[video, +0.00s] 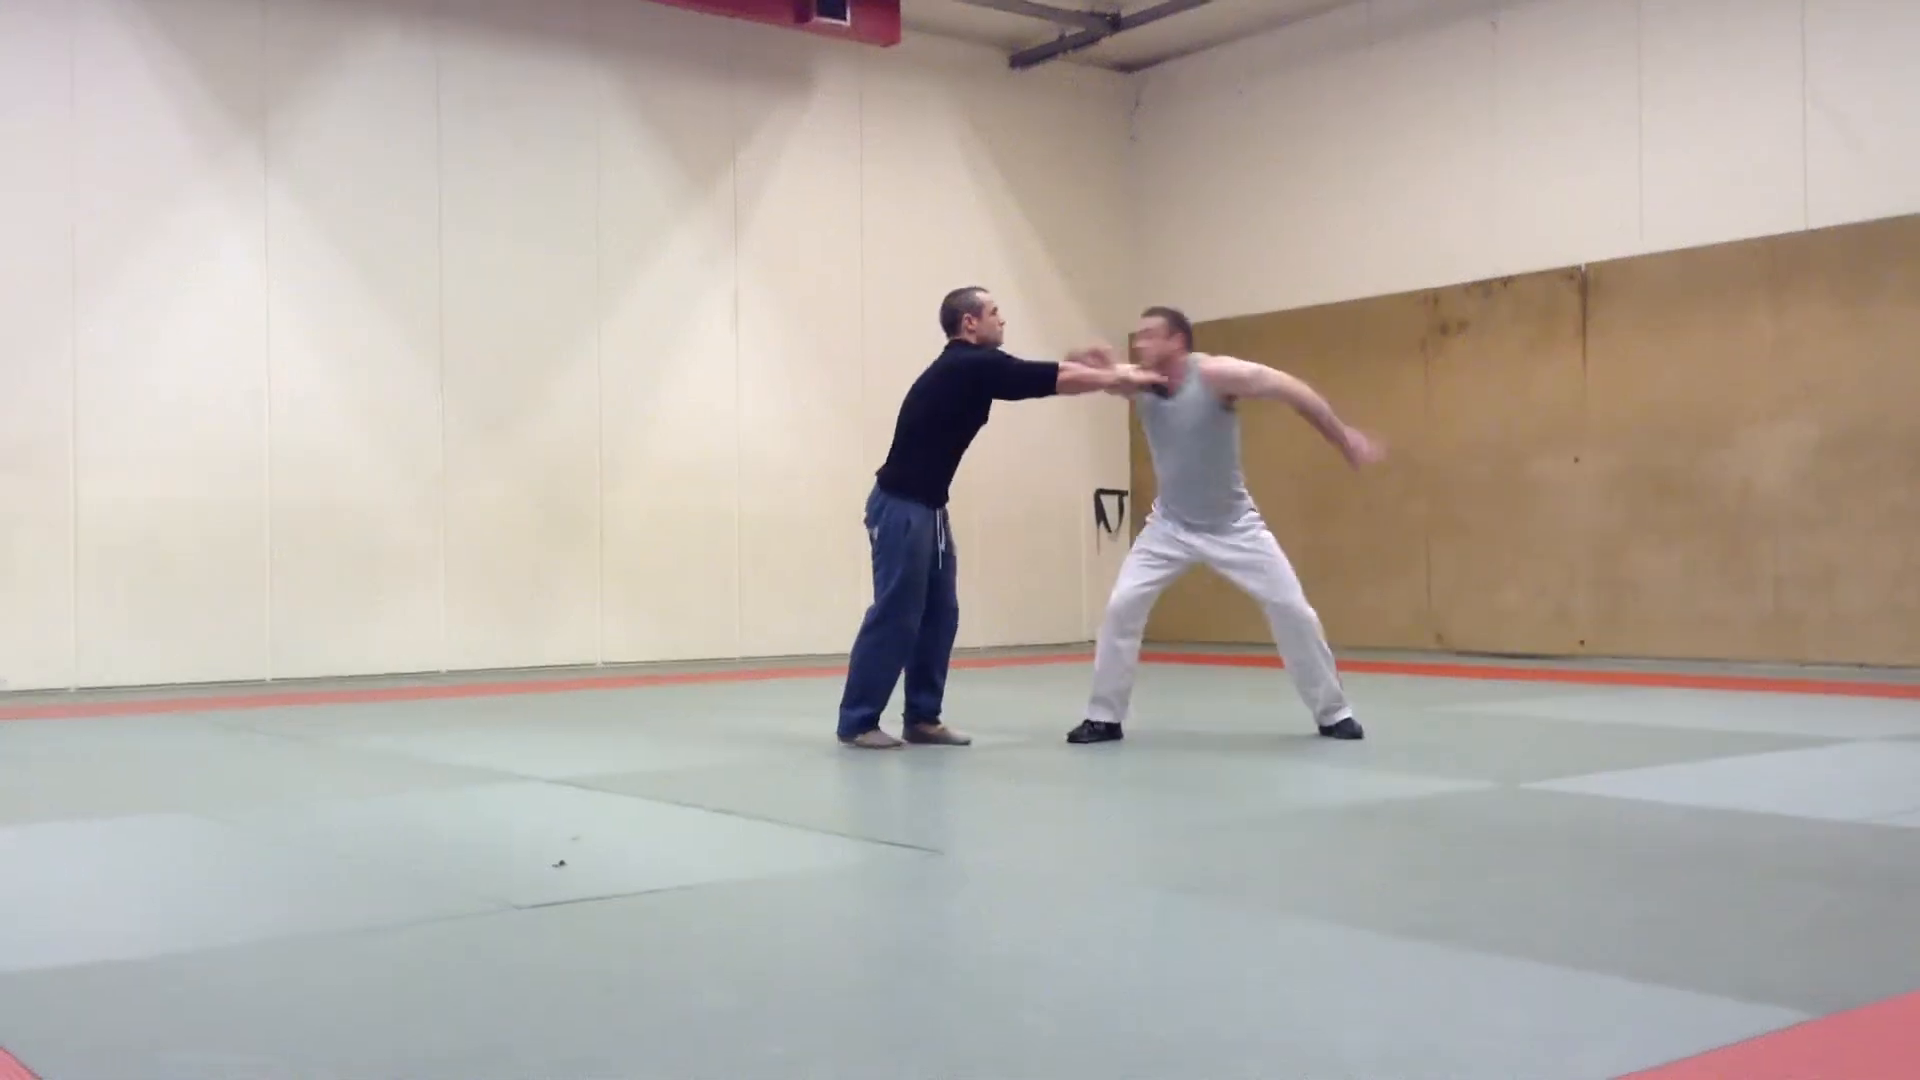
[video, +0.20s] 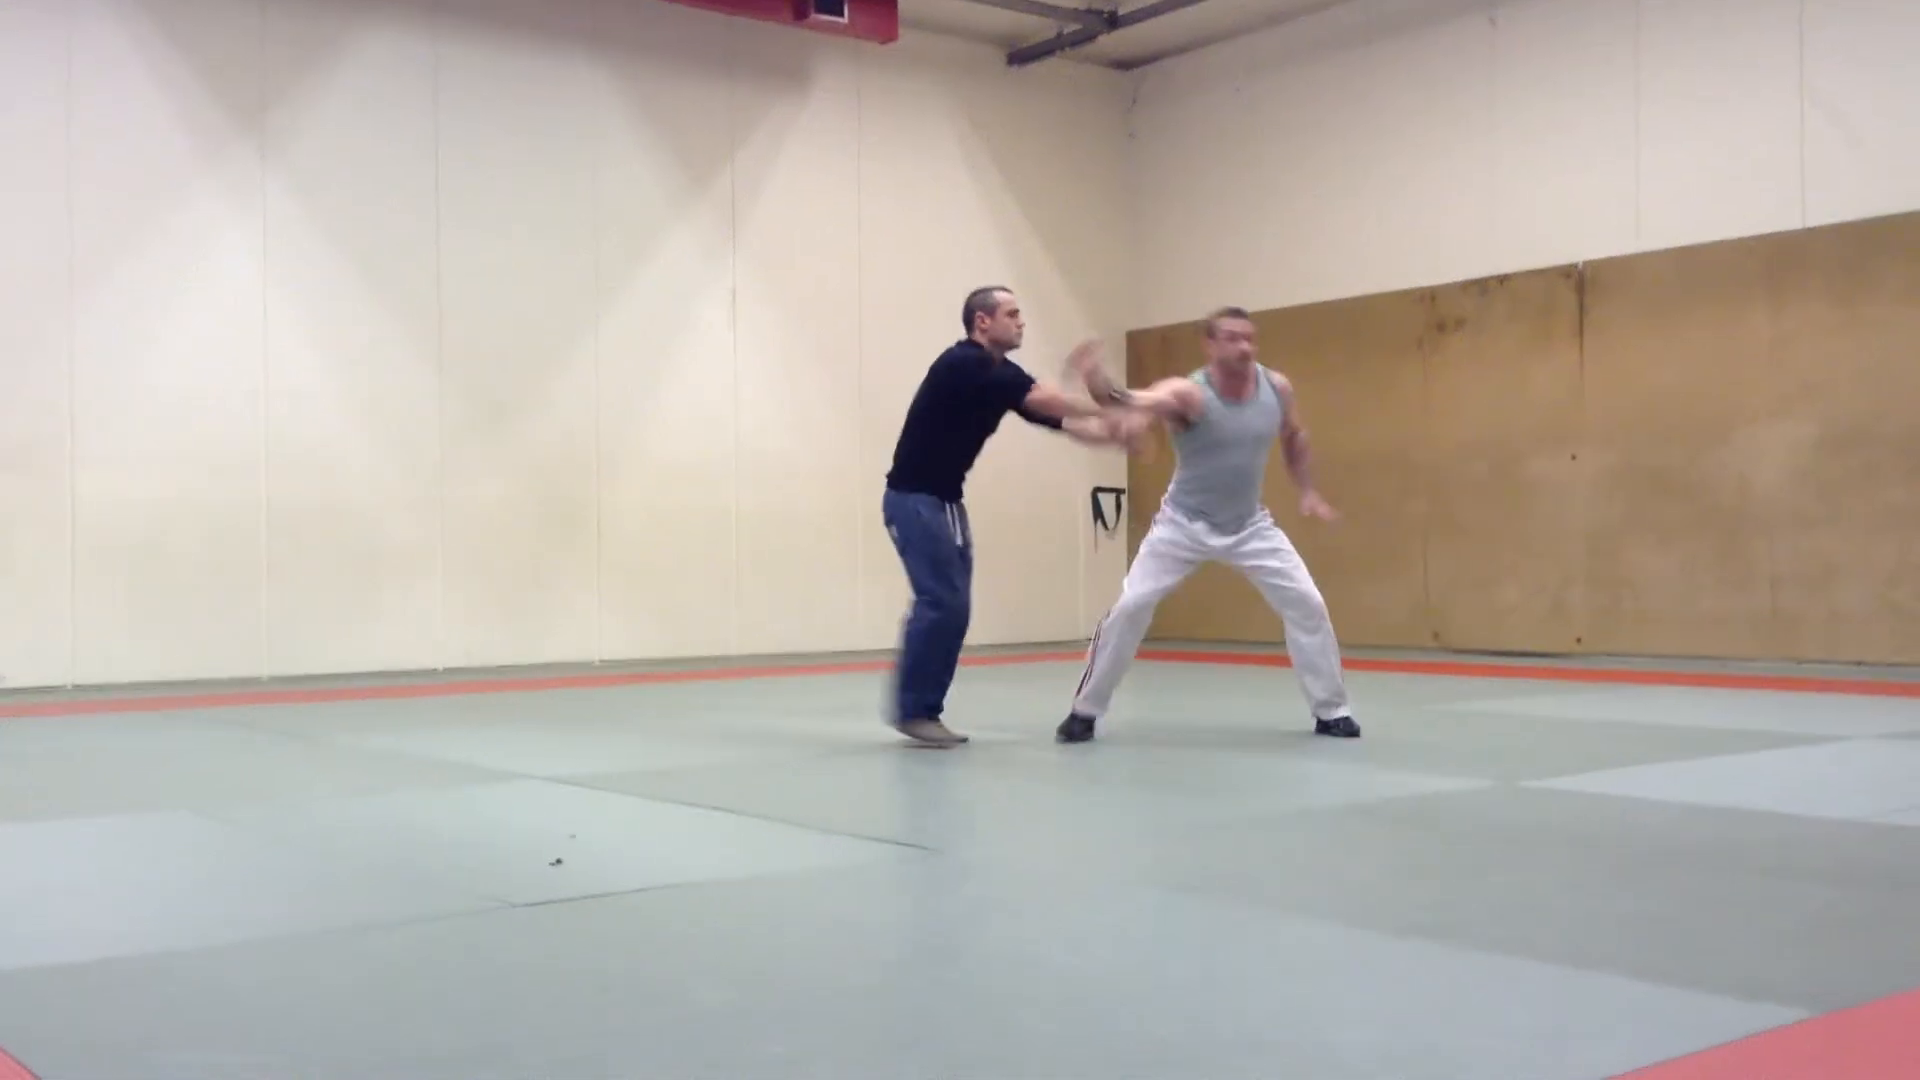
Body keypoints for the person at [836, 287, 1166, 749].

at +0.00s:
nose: (1002, 319)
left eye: (998, 312)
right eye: (993, 313)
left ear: (967, 325)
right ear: (969, 324)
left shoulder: (973, 364)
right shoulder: (969, 365)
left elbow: (1038, 377)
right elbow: (1050, 380)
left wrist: (1085, 367)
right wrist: (1123, 377)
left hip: (929, 510)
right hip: (902, 509)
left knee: (939, 616)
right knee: (897, 614)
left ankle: (921, 721)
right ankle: (856, 723)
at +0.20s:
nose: (1021, 321)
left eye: (1020, 314)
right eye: (1012, 315)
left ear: (991, 323)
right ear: (982, 322)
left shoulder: (996, 372)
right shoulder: (970, 362)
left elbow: (1055, 420)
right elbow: (1051, 402)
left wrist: (1116, 429)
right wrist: (1129, 406)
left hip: (944, 502)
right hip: (916, 501)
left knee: (952, 606)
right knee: (941, 602)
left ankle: (922, 711)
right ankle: (913, 712)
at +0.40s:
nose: (1035, 340)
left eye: (1035, 333)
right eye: (1027, 333)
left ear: (1012, 338)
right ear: (996, 338)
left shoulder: (1029, 397)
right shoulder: (954, 387)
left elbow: (1053, 450)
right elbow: (968, 452)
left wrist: (1057, 488)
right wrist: (1015, 487)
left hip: (978, 519)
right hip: (943, 518)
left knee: (981, 619)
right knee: (986, 616)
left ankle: (924, 715)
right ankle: (987, 733)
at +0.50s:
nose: (1047, 346)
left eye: (1046, 338)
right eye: (1037, 338)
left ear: (1018, 344)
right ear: (1007, 343)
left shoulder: (1041, 403)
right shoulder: (962, 394)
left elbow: (1052, 467)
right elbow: (941, 465)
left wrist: (1034, 510)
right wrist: (964, 518)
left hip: (989, 522)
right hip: (950, 521)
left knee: (990, 625)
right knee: (998, 623)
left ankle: (926, 713)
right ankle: (987, 737)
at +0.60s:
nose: (1056, 346)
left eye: (1055, 338)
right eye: (1047, 339)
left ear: (1026, 343)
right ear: (1017, 343)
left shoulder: (1048, 403)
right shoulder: (968, 394)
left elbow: (1056, 473)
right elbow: (935, 463)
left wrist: (1031, 523)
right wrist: (938, 531)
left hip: (991, 524)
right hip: (956, 522)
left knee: (995, 626)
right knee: (999, 626)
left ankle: (935, 713)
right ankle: (986, 738)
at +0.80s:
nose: (1063, 340)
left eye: (1062, 332)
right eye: (1055, 333)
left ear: (1033, 338)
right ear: (1027, 337)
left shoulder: (1047, 399)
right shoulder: (978, 389)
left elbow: (1058, 466)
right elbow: (949, 460)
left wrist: (1065, 525)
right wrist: (959, 524)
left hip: (989, 519)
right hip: (959, 518)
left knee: (984, 625)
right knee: (1001, 626)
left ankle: (940, 720)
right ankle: (986, 739)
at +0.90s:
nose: (1064, 340)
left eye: (1064, 331)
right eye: (1058, 331)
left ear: (1034, 334)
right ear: (1031, 334)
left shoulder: (1038, 394)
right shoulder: (984, 387)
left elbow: (1050, 463)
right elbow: (965, 461)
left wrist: (1078, 518)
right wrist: (980, 525)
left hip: (981, 520)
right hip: (961, 520)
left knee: (977, 625)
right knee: (1000, 628)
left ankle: (938, 722)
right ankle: (986, 741)